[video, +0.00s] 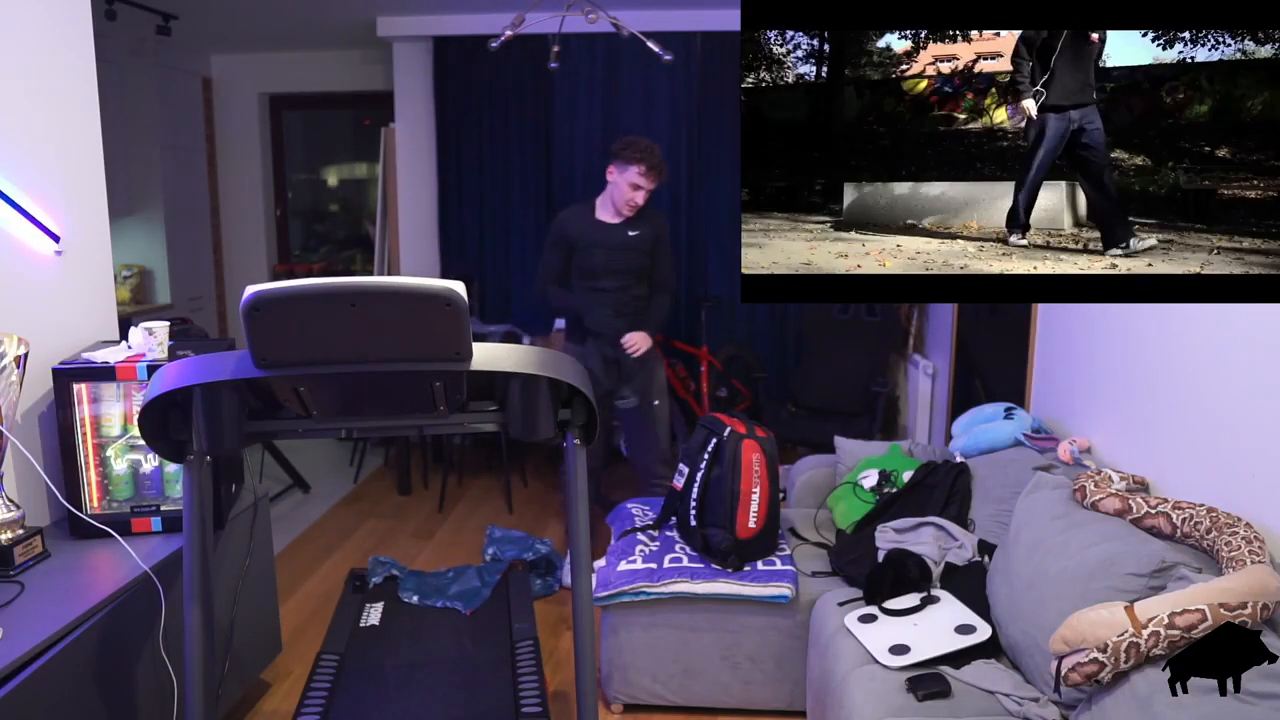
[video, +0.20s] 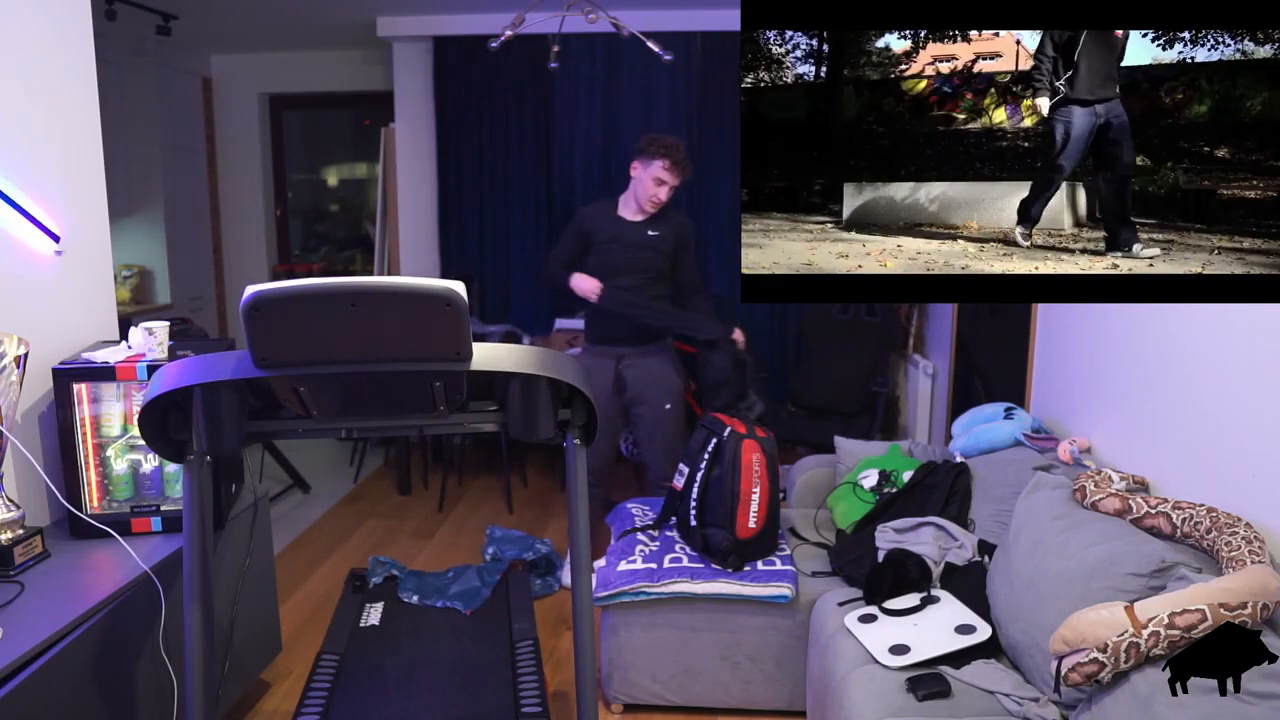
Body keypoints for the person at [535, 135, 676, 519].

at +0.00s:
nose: (640, 199)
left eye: (648, 192)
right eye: (634, 187)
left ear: (655, 190)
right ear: (611, 174)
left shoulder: (653, 225)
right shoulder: (571, 222)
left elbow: (664, 287)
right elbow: (547, 287)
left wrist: (649, 331)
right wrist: (591, 311)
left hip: (639, 347)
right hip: (587, 348)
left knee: (656, 446)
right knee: (587, 446)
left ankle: (656, 537)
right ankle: (585, 530)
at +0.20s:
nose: (664, 195)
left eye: (672, 188)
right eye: (658, 182)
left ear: (677, 188)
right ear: (634, 170)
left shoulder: (675, 228)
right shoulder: (592, 220)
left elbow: (691, 297)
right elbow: (552, 269)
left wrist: (722, 329)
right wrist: (571, 280)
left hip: (654, 354)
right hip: (598, 354)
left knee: (662, 458)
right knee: (591, 460)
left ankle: (662, 551)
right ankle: (584, 551)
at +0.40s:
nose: (670, 189)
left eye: (680, 182)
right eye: (665, 176)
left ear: (688, 184)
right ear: (647, 166)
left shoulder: (692, 230)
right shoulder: (611, 218)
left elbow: (722, 295)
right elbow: (574, 254)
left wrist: (765, 332)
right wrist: (551, 240)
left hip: (670, 358)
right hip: (613, 358)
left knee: (672, 462)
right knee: (601, 461)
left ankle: (671, 557)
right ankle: (586, 552)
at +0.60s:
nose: (665, 182)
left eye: (677, 175)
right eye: (660, 171)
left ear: (690, 180)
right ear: (649, 167)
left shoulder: (704, 229)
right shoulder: (623, 223)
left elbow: (721, 291)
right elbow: (595, 282)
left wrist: (740, 315)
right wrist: (612, 243)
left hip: (681, 358)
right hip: (624, 358)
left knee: (680, 461)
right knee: (613, 462)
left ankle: (681, 552)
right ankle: (596, 544)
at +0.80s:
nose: (668, 180)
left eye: (679, 171)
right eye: (661, 169)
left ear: (693, 176)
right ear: (650, 170)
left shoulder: (711, 228)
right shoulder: (627, 223)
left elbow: (728, 292)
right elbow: (602, 288)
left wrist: (719, 300)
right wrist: (635, 254)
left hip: (690, 365)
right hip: (630, 365)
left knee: (688, 469)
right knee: (625, 472)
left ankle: (685, 557)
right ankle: (623, 556)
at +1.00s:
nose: (666, 180)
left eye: (676, 171)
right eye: (659, 170)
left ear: (693, 174)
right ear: (649, 171)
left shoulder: (713, 226)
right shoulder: (627, 222)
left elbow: (729, 291)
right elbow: (598, 286)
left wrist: (703, 313)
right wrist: (633, 261)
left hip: (690, 361)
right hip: (631, 361)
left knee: (687, 462)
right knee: (629, 462)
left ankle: (683, 549)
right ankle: (599, 534)